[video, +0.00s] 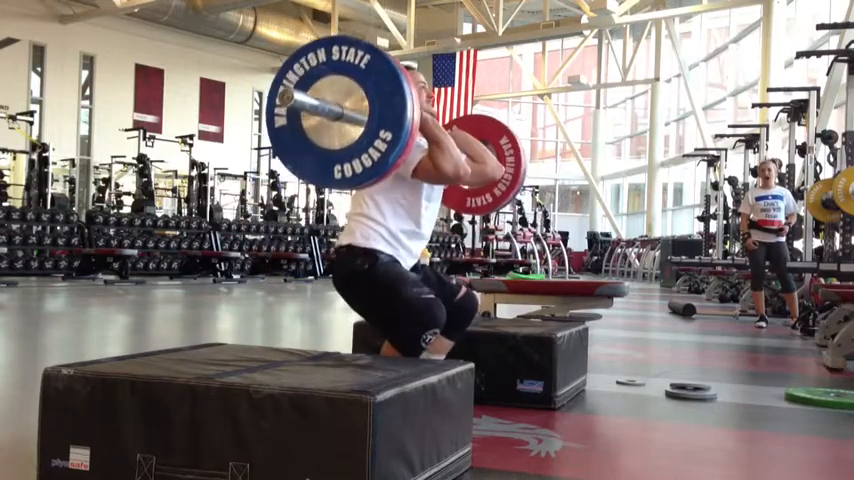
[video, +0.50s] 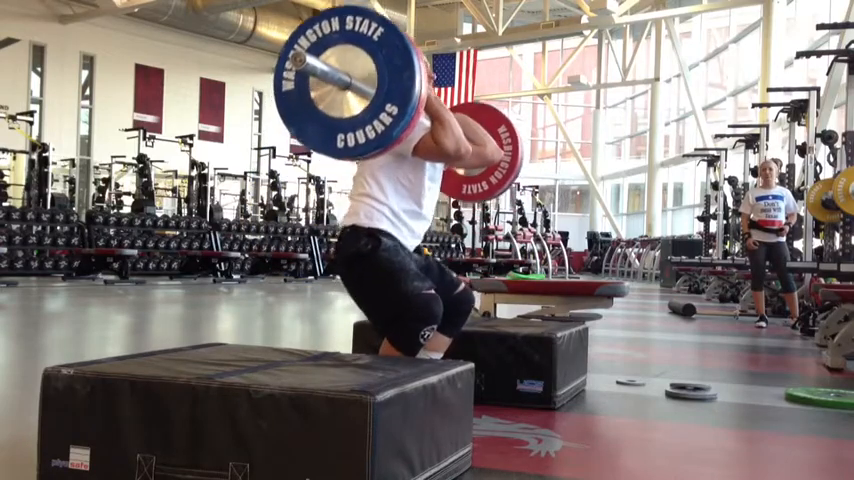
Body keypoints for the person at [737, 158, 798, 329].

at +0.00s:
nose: (766, 173)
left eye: (769, 170)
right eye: (763, 170)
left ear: (775, 173)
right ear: (759, 173)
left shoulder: (784, 193)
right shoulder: (751, 193)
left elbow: (792, 214)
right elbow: (744, 216)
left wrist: (788, 224)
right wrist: (746, 236)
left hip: (777, 239)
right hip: (757, 239)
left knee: (784, 275)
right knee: (757, 277)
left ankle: (795, 317)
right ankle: (761, 315)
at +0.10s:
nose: (766, 172)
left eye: (769, 169)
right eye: (763, 170)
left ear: (775, 172)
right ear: (759, 173)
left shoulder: (784, 192)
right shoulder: (751, 193)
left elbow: (792, 214)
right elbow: (744, 216)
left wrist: (788, 224)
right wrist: (746, 236)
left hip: (778, 239)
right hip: (757, 239)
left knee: (785, 275)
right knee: (757, 277)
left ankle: (795, 317)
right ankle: (761, 315)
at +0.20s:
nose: (766, 172)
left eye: (769, 169)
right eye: (763, 170)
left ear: (775, 172)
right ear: (759, 173)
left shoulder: (784, 192)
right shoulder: (752, 193)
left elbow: (792, 213)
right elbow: (744, 216)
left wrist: (788, 224)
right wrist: (746, 235)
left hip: (778, 239)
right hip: (757, 239)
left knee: (785, 275)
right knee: (757, 277)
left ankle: (795, 317)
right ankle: (761, 315)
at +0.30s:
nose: (766, 172)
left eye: (770, 169)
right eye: (763, 169)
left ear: (775, 172)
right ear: (759, 172)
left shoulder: (784, 192)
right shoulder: (752, 193)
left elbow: (792, 213)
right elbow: (744, 216)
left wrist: (788, 224)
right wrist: (746, 235)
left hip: (778, 239)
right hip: (757, 239)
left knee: (785, 275)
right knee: (757, 277)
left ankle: (795, 317)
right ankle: (761, 316)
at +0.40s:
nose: (767, 172)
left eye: (770, 169)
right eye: (764, 169)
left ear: (776, 172)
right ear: (760, 172)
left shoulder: (784, 192)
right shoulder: (752, 193)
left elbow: (792, 213)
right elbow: (744, 216)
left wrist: (788, 224)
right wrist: (746, 235)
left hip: (778, 239)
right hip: (757, 239)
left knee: (785, 275)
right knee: (757, 277)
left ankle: (795, 317)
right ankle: (761, 315)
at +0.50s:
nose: (767, 172)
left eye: (770, 169)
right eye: (764, 170)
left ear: (776, 172)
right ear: (760, 173)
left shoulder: (784, 192)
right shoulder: (752, 193)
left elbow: (792, 213)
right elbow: (744, 216)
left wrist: (788, 224)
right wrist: (746, 235)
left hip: (778, 239)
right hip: (757, 239)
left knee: (785, 275)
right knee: (757, 277)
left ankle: (795, 317)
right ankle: (761, 316)